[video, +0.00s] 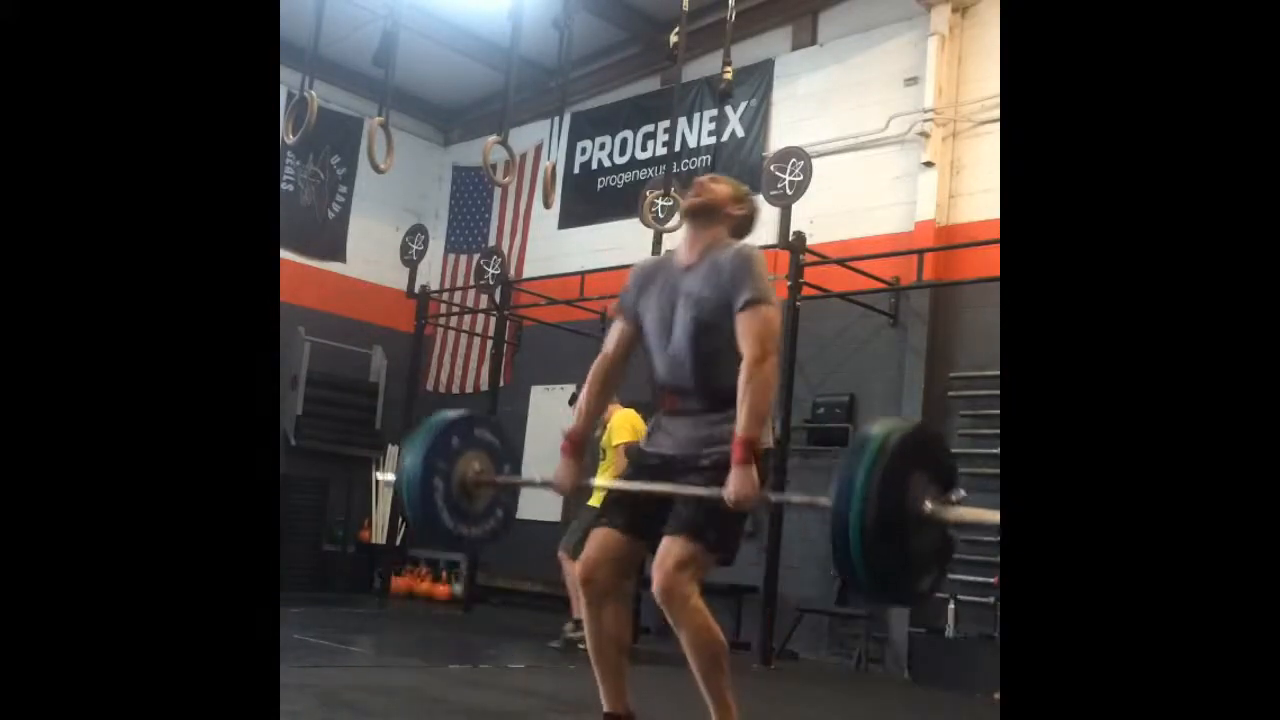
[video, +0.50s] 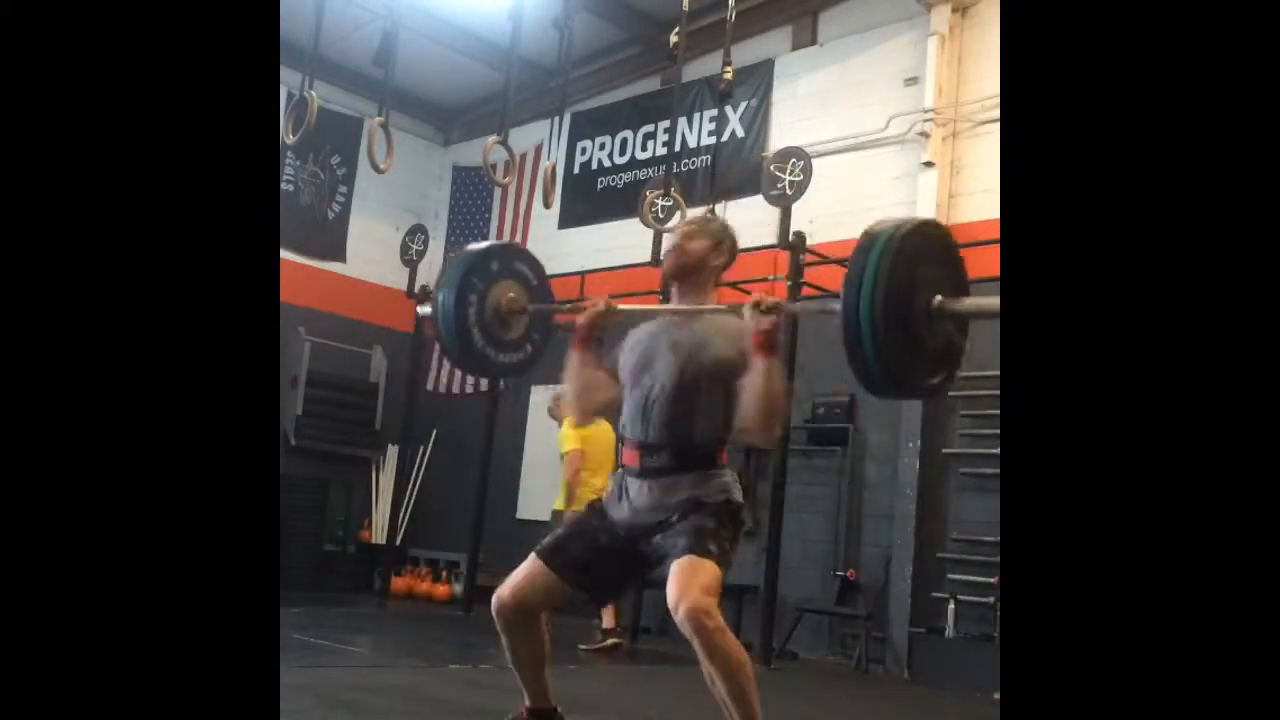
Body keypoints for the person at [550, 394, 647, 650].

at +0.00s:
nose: (579, 414)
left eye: (581, 407)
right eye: (577, 408)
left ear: (598, 402)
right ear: (604, 400)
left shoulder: (621, 420)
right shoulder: (619, 419)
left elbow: (624, 461)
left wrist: (603, 486)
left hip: (603, 496)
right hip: (604, 494)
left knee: (567, 552)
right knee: (585, 555)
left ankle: (579, 621)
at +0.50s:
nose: (556, 420)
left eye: (555, 413)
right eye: (554, 414)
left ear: (563, 408)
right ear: (587, 403)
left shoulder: (570, 427)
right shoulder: (606, 427)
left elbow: (574, 466)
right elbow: (610, 466)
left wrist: (569, 504)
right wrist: (602, 492)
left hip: (575, 506)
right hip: (603, 504)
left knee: (548, 564)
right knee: (603, 563)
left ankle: (538, 623)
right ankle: (609, 626)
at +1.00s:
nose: (531, 407)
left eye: (531, 404)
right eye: (532, 404)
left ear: (536, 400)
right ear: (555, 398)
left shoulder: (533, 420)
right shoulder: (580, 424)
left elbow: (507, 464)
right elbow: (591, 467)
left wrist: (496, 487)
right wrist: (587, 500)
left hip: (536, 502)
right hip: (568, 505)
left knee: (539, 565)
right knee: (559, 565)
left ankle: (541, 626)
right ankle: (560, 623)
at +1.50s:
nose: (520, 404)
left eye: (521, 400)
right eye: (522, 401)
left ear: (525, 400)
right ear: (545, 401)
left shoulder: (516, 420)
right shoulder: (559, 433)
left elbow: (494, 455)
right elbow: (560, 475)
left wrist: (516, 455)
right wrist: (552, 496)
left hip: (515, 499)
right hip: (542, 503)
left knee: (507, 555)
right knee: (526, 562)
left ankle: (527, 606)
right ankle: (510, 615)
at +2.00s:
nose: (497, 399)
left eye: (501, 394)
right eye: (499, 394)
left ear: (512, 397)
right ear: (520, 399)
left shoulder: (502, 423)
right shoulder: (532, 432)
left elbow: (477, 456)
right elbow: (516, 470)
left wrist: (502, 461)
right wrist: (483, 491)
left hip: (493, 500)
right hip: (519, 504)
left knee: (468, 553)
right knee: (514, 559)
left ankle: (443, 605)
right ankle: (509, 617)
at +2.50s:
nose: (453, 398)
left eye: (455, 394)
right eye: (453, 394)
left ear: (464, 395)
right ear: (475, 396)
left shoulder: (453, 421)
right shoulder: (493, 427)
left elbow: (433, 457)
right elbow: (497, 464)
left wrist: (437, 441)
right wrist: (491, 493)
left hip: (448, 496)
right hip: (476, 500)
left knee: (440, 551)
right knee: (475, 551)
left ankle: (436, 606)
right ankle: (491, 591)